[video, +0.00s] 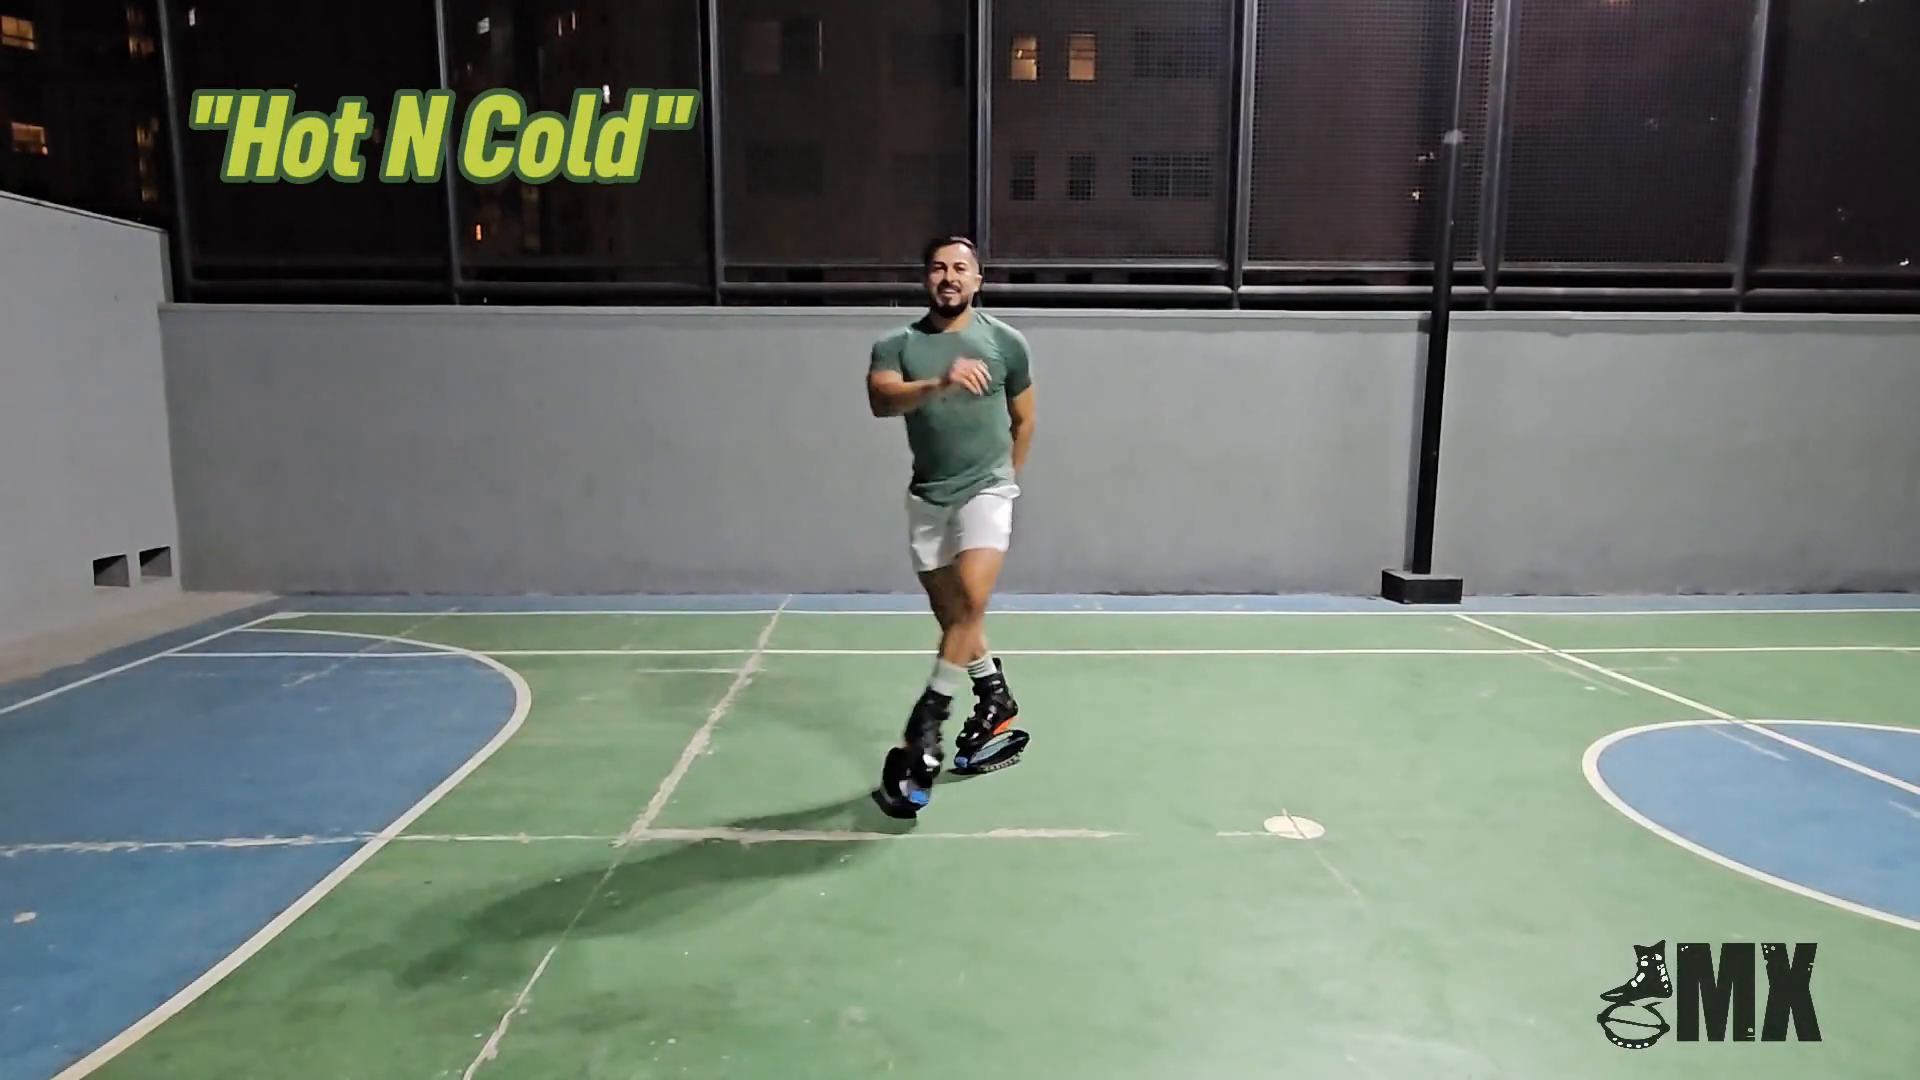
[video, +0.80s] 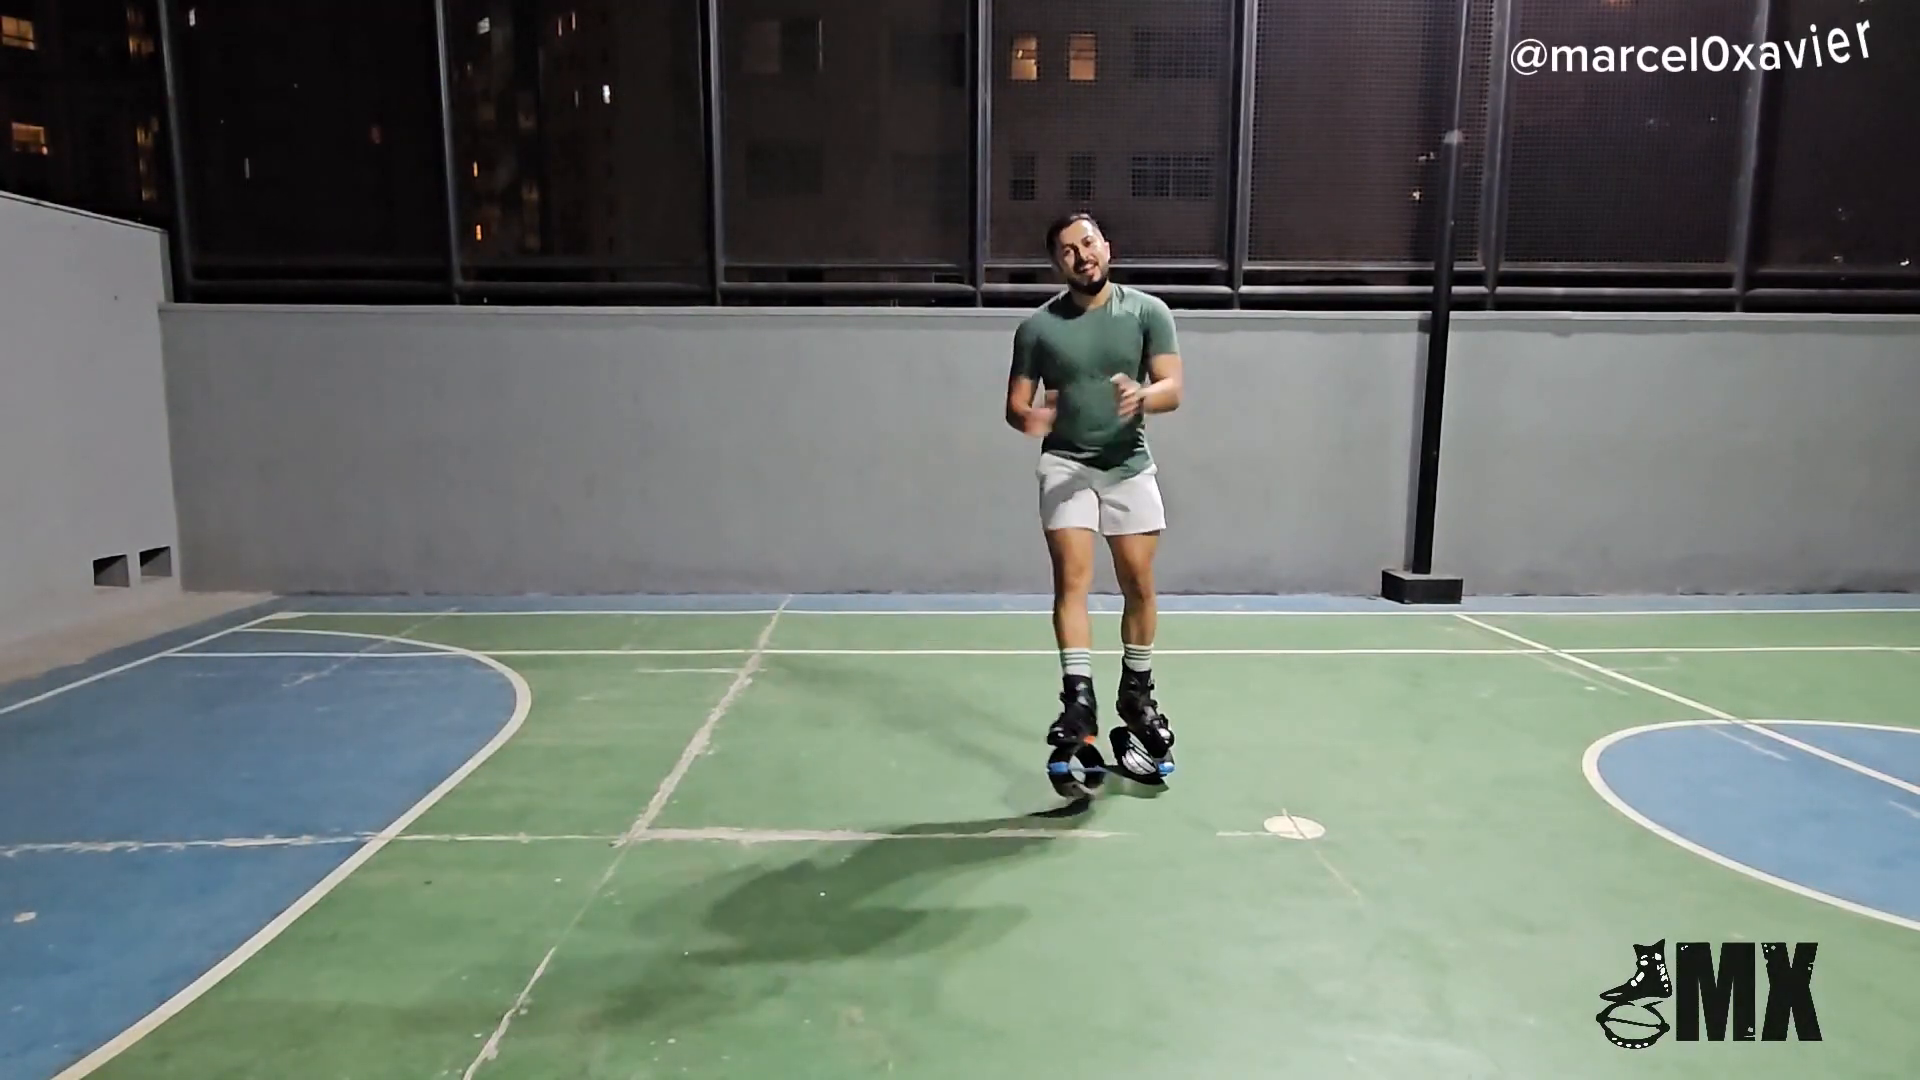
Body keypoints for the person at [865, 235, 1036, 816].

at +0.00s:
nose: (949, 276)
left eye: (961, 267)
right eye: (939, 268)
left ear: (978, 281)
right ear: (925, 281)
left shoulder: (1005, 343)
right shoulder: (897, 345)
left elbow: (1024, 420)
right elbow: (882, 402)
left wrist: (1005, 479)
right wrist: (938, 382)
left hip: (989, 489)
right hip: (929, 495)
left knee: (971, 597)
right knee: (949, 611)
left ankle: (927, 719)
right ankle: (996, 700)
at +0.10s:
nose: (970, 274)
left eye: (980, 264)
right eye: (959, 266)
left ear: (998, 276)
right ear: (946, 280)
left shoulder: (1029, 342)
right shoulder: (920, 348)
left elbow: (1049, 415)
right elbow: (907, 413)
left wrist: (1044, 477)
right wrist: (964, 413)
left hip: (1016, 482)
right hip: (954, 492)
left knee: (1015, 579)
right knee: (966, 602)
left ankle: (984, 689)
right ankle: (999, 695)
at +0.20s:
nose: (994, 258)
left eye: (1004, 248)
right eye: (983, 252)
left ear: (1023, 260)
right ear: (971, 267)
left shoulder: (1052, 327)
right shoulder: (943, 336)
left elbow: (1083, 402)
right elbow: (922, 419)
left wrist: (1093, 474)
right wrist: (961, 455)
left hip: (1037, 467)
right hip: (973, 477)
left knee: (1056, 561)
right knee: (982, 584)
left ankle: (1041, 681)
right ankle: (999, 691)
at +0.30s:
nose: (1018, 248)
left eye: (1028, 239)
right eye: (1007, 242)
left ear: (1047, 253)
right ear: (994, 260)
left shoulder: (1076, 320)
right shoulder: (966, 327)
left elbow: (1114, 393)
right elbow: (938, 409)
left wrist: (1148, 458)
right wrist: (945, 481)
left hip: (1058, 464)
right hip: (992, 472)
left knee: (1090, 568)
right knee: (995, 588)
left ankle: (1090, 680)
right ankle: (1004, 691)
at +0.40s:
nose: (1041, 257)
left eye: (1050, 248)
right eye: (1030, 251)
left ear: (1068, 262)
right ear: (1017, 269)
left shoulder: (1099, 330)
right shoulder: (990, 336)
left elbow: (1143, 399)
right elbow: (953, 413)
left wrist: (1193, 444)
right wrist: (923, 481)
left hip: (1084, 478)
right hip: (1016, 483)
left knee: (1110, 583)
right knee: (1006, 590)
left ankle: (1125, 698)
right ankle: (1010, 698)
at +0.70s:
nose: (1078, 253)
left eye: (1085, 241)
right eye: (1065, 248)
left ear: (1105, 249)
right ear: (1055, 265)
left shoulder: (1148, 312)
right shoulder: (1035, 329)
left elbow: (1182, 391)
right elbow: (1000, 397)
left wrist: (1187, 377)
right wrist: (968, 420)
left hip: (1126, 469)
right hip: (1061, 465)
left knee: (1133, 583)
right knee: (1048, 569)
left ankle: (1134, 695)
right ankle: (1049, 692)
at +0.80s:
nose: (1082, 255)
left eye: (1088, 243)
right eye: (1069, 250)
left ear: (1108, 249)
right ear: (1058, 265)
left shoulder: (1149, 313)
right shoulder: (1038, 329)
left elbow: (1172, 391)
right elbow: (1017, 406)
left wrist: (1143, 395)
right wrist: (1032, 417)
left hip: (1131, 468)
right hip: (1066, 468)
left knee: (1139, 583)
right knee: (1071, 577)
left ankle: (1137, 696)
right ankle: (1078, 704)